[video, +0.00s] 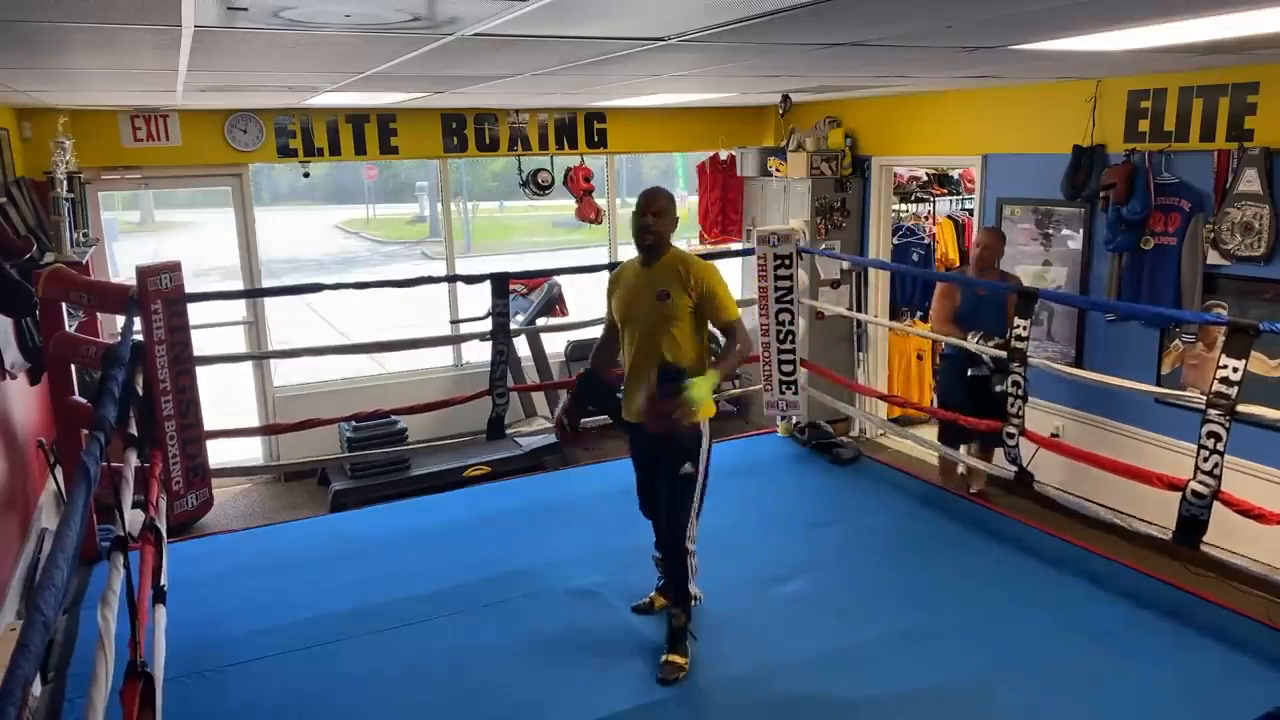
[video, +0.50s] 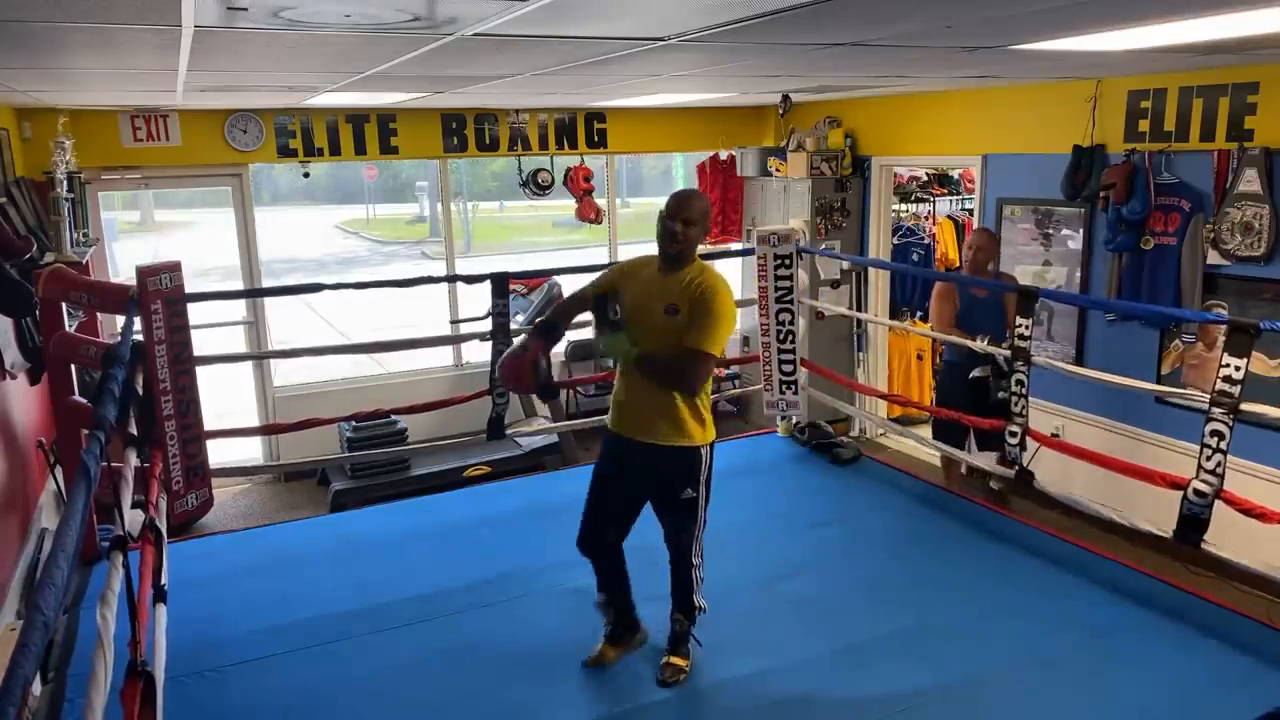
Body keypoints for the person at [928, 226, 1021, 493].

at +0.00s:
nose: (979, 252)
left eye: (987, 248)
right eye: (977, 245)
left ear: (1001, 253)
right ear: (970, 246)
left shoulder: (1011, 285)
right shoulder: (952, 281)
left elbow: (1017, 327)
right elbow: (939, 324)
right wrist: (974, 345)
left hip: (995, 370)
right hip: (957, 368)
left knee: (987, 437)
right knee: (952, 435)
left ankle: (976, 491)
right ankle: (947, 492)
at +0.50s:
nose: (969, 253)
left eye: (978, 249)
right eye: (967, 247)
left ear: (993, 255)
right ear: (962, 248)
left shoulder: (1006, 284)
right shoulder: (948, 284)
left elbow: (1012, 328)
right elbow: (941, 329)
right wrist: (979, 344)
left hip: (993, 372)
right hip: (957, 371)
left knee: (989, 438)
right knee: (951, 438)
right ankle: (951, 493)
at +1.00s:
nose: (1014, 265)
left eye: (1019, 258)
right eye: (1007, 258)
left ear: (1025, 258)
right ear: (993, 258)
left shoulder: (1040, 291)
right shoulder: (974, 291)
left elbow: (1053, 340)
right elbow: (953, 333)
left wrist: (1048, 358)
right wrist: (969, 352)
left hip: (1024, 384)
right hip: (982, 381)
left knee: (1027, 450)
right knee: (968, 445)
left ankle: (1021, 514)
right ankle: (956, 498)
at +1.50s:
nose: (1030, 268)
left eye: (1036, 261)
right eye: (1023, 261)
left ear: (1045, 259)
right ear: (1013, 260)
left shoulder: (1061, 291)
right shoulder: (996, 289)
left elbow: (1069, 342)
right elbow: (979, 335)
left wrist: (1058, 355)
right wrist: (1006, 347)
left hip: (1041, 384)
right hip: (998, 379)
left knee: (1034, 453)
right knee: (981, 445)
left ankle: (1023, 515)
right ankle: (974, 508)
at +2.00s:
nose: (1013, 262)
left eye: (1019, 255)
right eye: (1008, 256)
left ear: (1035, 255)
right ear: (1002, 258)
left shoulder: (1058, 290)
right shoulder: (991, 289)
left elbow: (1064, 340)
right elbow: (982, 335)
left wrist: (1050, 355)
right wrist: (1008, 352)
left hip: (1038, 385)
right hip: (995, 380)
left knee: (1032, 454)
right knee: (981, 449)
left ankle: (1022, 515)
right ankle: (972, 508)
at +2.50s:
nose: (1010, 256)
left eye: (1016, 250)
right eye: (1005, 251)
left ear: (1031, 253)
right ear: (999, 255)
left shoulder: (1051, 289)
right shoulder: (990, 287)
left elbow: (1061, 331)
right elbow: (976, 332)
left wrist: (1065, 359)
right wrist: (1013, 346)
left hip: (1036, 380)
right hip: (994, 377)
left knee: (1031, 449)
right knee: (981, 445)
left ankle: (1022, 513)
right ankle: (972, 508)